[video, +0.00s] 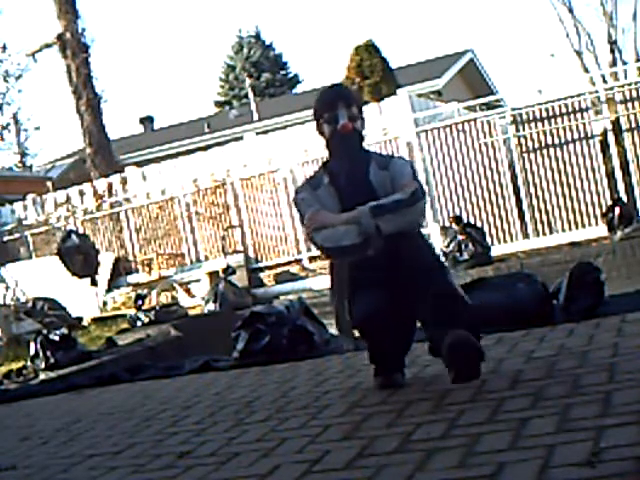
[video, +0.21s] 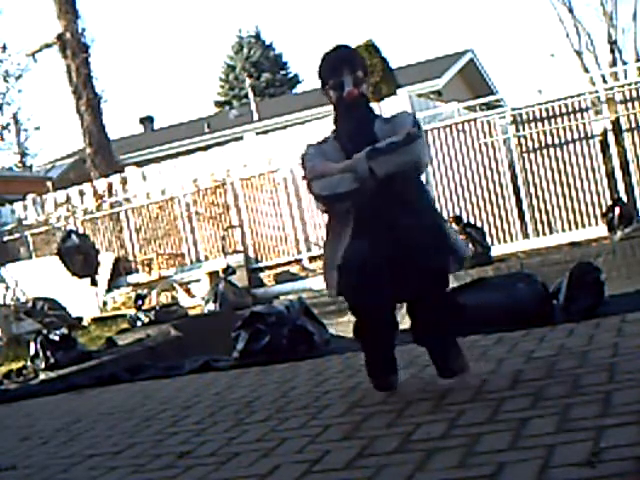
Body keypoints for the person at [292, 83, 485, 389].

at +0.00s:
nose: (344, 127)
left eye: (351, 118)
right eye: (333, 121)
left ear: (362, 121)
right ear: (320, 129)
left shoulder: (395, 167)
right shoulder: (310, 192)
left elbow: (414, 211)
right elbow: (328, 242)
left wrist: (341, 220)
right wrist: (388, 218)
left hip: (411, 263)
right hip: (363, 281)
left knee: (411, 246)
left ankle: (459, 350)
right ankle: (388, 366)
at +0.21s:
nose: (350, 91)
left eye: (357, 81)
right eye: (339, 84)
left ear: (368, 82)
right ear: (327, 93)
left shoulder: (399, 124)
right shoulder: (319, 153)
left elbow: (417, 155)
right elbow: (325, 193)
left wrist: (345, 170)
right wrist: (384, 161)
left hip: (419, 245)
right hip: (361, 260)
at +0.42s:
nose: (369, 124)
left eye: (376, 112)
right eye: (357, 118)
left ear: (388, 113)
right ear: (348, 126)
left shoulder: (426, 158)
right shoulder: (341, 184)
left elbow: (433, 194)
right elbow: (344, 231)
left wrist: (360, 205)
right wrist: (402, 210)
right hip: (384, 286)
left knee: (407, 248)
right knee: (363, 260)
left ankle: (434, 360)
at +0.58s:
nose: (357, 98)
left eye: (363, 87)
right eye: (345, 92)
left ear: (375, 86)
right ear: (335, 101)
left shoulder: (416, 131)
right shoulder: (333, 157)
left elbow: (433, 169)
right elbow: (335, 198)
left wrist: (361, 175)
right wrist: (397, 180)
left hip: (420, 239)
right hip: (366, 250)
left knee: (435, 292)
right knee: (376, 299)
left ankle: (438, 360)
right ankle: (376, 361)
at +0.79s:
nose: (356, 116)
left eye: (364, 105)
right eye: (345, 109)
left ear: (375, 106)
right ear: (332, 117)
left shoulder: (411, 156)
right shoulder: (325, 183)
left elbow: (430, 203)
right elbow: (335, 232)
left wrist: (350, 207)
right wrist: (400, 216)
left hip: (434, 264)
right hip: (372, 285)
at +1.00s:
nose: (365, 99)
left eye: (372, 88)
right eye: (353, 91)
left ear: (384, 90)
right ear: (340, 98)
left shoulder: (413, 138)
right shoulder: (324, 158)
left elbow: (430, 181)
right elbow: (332, 208)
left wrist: (353, 182)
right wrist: (404, 188)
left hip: (430, 250)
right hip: (373, 264)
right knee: (399, 307)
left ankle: (470, 336)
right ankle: (401, 373)